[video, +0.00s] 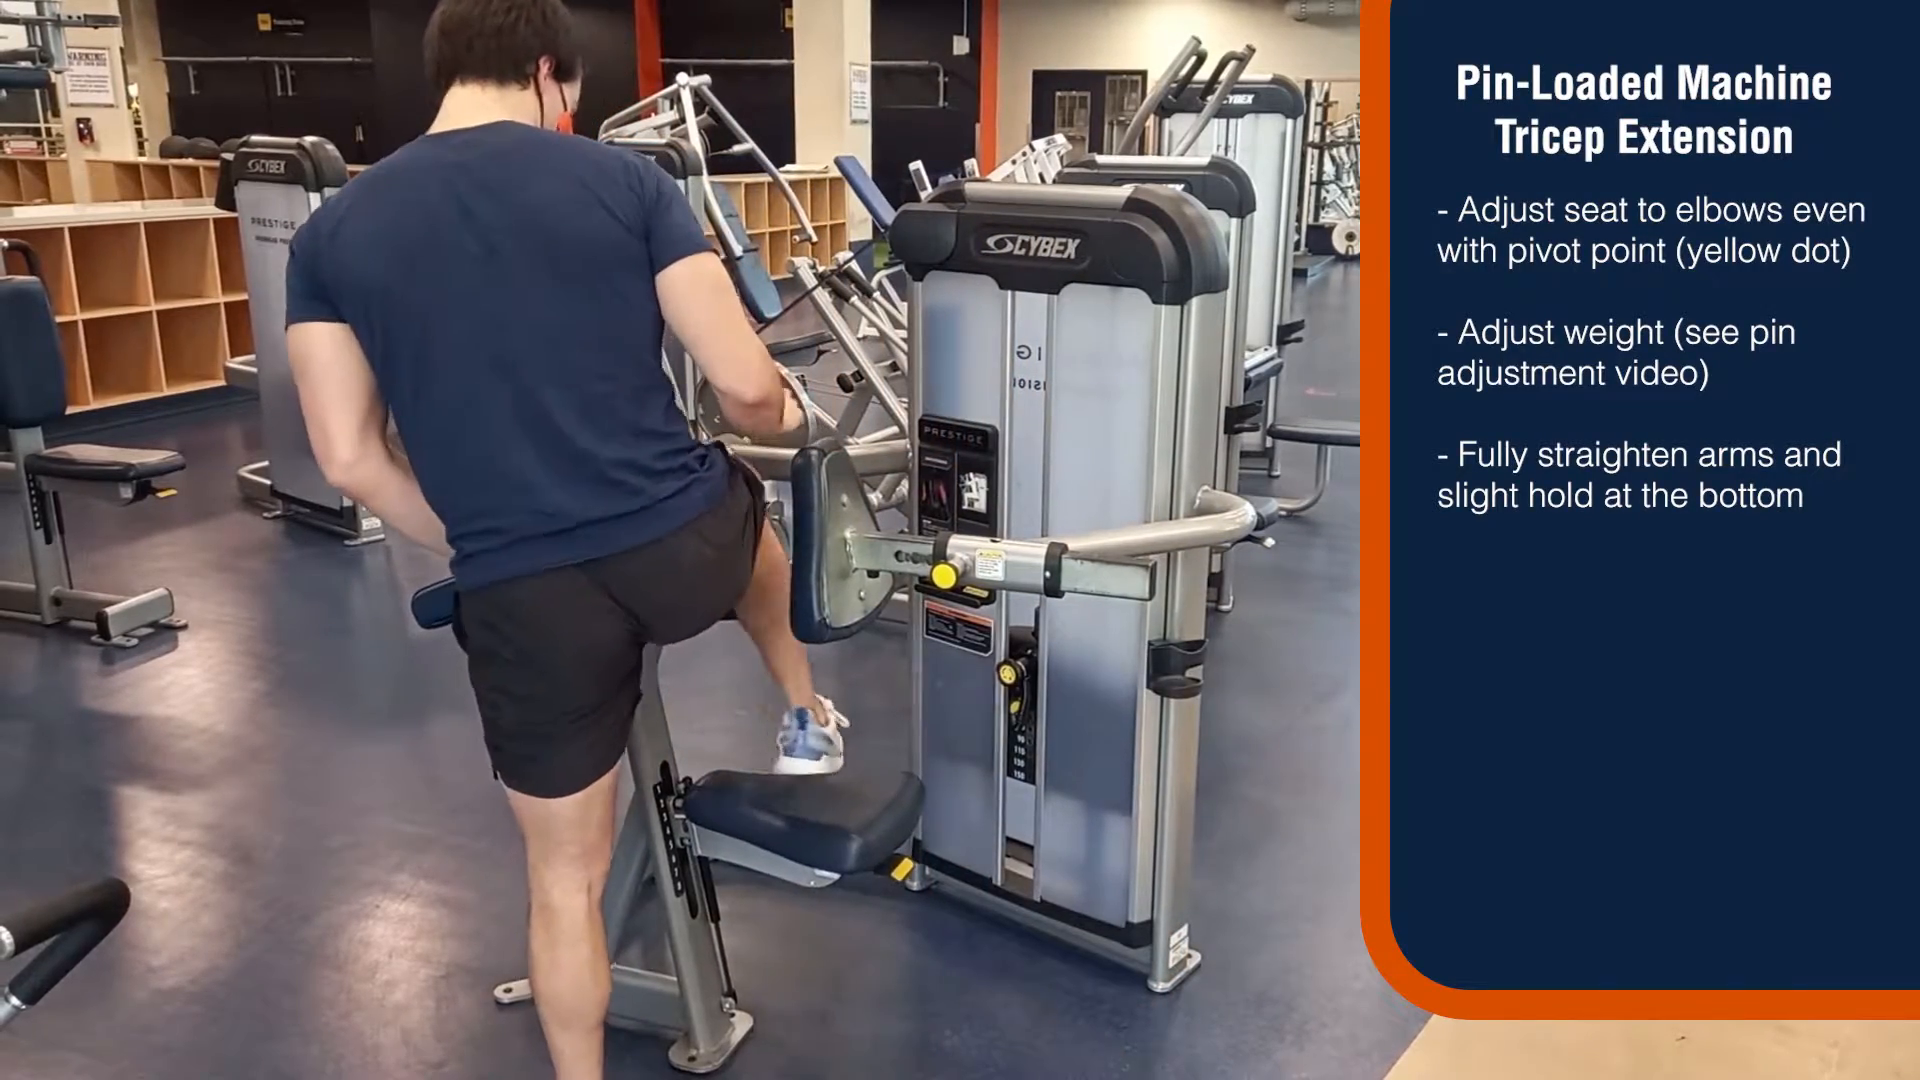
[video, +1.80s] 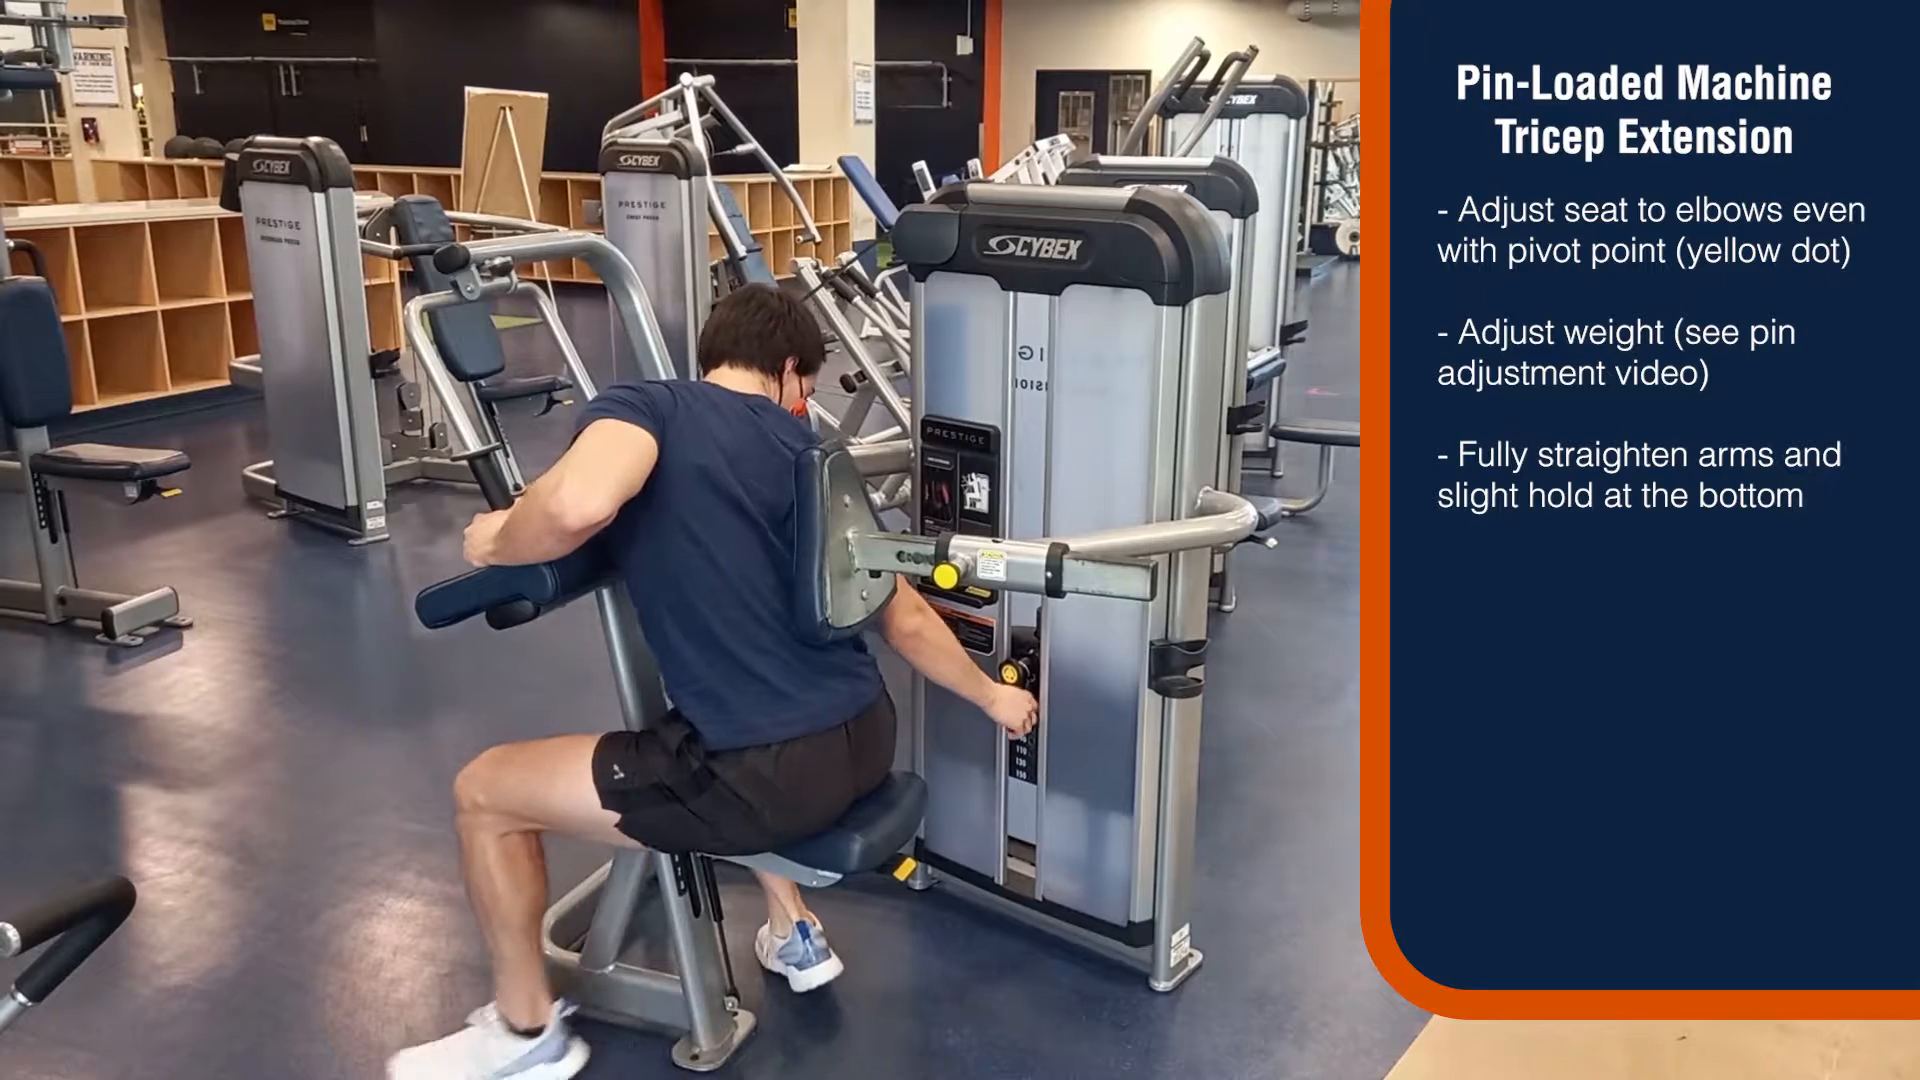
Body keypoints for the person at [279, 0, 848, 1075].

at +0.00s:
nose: (577, 113)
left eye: (577, 100)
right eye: (576, 96)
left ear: (438, 83)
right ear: (546, 81)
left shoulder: (335, 230)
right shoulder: (620, 179)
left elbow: (347, 455)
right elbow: (748, 389)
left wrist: (465, 526)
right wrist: (782, 424)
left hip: (523, 607)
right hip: (673, 551)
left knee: (563, 885)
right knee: (745, 518)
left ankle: (580, 1079)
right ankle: (808, 717)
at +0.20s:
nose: (557, 110)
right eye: (558, 96)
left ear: (429, 100)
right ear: (543, 92)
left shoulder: (359, 246)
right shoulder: (642, 186)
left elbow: (379, 476)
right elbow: (760, 382)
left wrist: (500, 553)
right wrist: (718, 407)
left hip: (579, 601)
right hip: (727, 547)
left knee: (582, 874)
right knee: (765, 653)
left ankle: (588, 1076)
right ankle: (820, 822)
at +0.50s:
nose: (518, 149)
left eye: (515, 135)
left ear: (523, 133)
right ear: (631, 116)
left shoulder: (537, 238)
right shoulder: (721, 214)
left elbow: (544, 448)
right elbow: (816, 381)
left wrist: (507, 533)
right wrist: (767, 458)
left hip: (670, 567)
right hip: (779, 540)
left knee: (581, 822)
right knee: (751, 750)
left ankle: (607, 1067)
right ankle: (808, 957)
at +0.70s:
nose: (589, 196)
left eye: (588, 183)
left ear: (599, 179)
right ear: (699, 177)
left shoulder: (586, 250)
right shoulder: (766, 260)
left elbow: (579, 441)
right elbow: (853, 420)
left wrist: (513, 526)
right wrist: (773, 428)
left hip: (690, 603)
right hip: (796, 582)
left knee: (543, 821)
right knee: (730, 760)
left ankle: (616, 1062)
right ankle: (805, 957)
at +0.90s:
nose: (729, 272)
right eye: (729, 259)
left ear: (622, 261)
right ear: (723, 258)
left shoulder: (597, 311)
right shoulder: (780, 343)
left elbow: (534, 463)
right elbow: (849, 480)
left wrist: (489, 544)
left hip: (705, 680)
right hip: (823, 657)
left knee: (514, 831)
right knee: (710, 760)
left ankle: (616, 1062)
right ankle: (799, 947)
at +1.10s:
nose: (761, 342)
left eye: (760, 329)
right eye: (759, 328)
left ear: (651, 325)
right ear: (746, 324)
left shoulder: (618, 374)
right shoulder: (796, 403)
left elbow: (539, 492)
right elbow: (865, 556)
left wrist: (506, 542)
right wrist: (893, 682)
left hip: (738, 746)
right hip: (849, 711)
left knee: (510, 831)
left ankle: (613, 1060)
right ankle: (794, 947)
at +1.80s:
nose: (811, 402)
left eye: (813, 391)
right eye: (813, 388)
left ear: (709, 353)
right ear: (790, 378)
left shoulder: (652, 405)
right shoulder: (813, 451)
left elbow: (580, 504)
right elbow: (904, 615)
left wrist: (499, 539)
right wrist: (990, 693)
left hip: (757, 781)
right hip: (866, 744)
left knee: (486, 790)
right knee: (715, 716)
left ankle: (523, 1023)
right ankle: (795, 930)